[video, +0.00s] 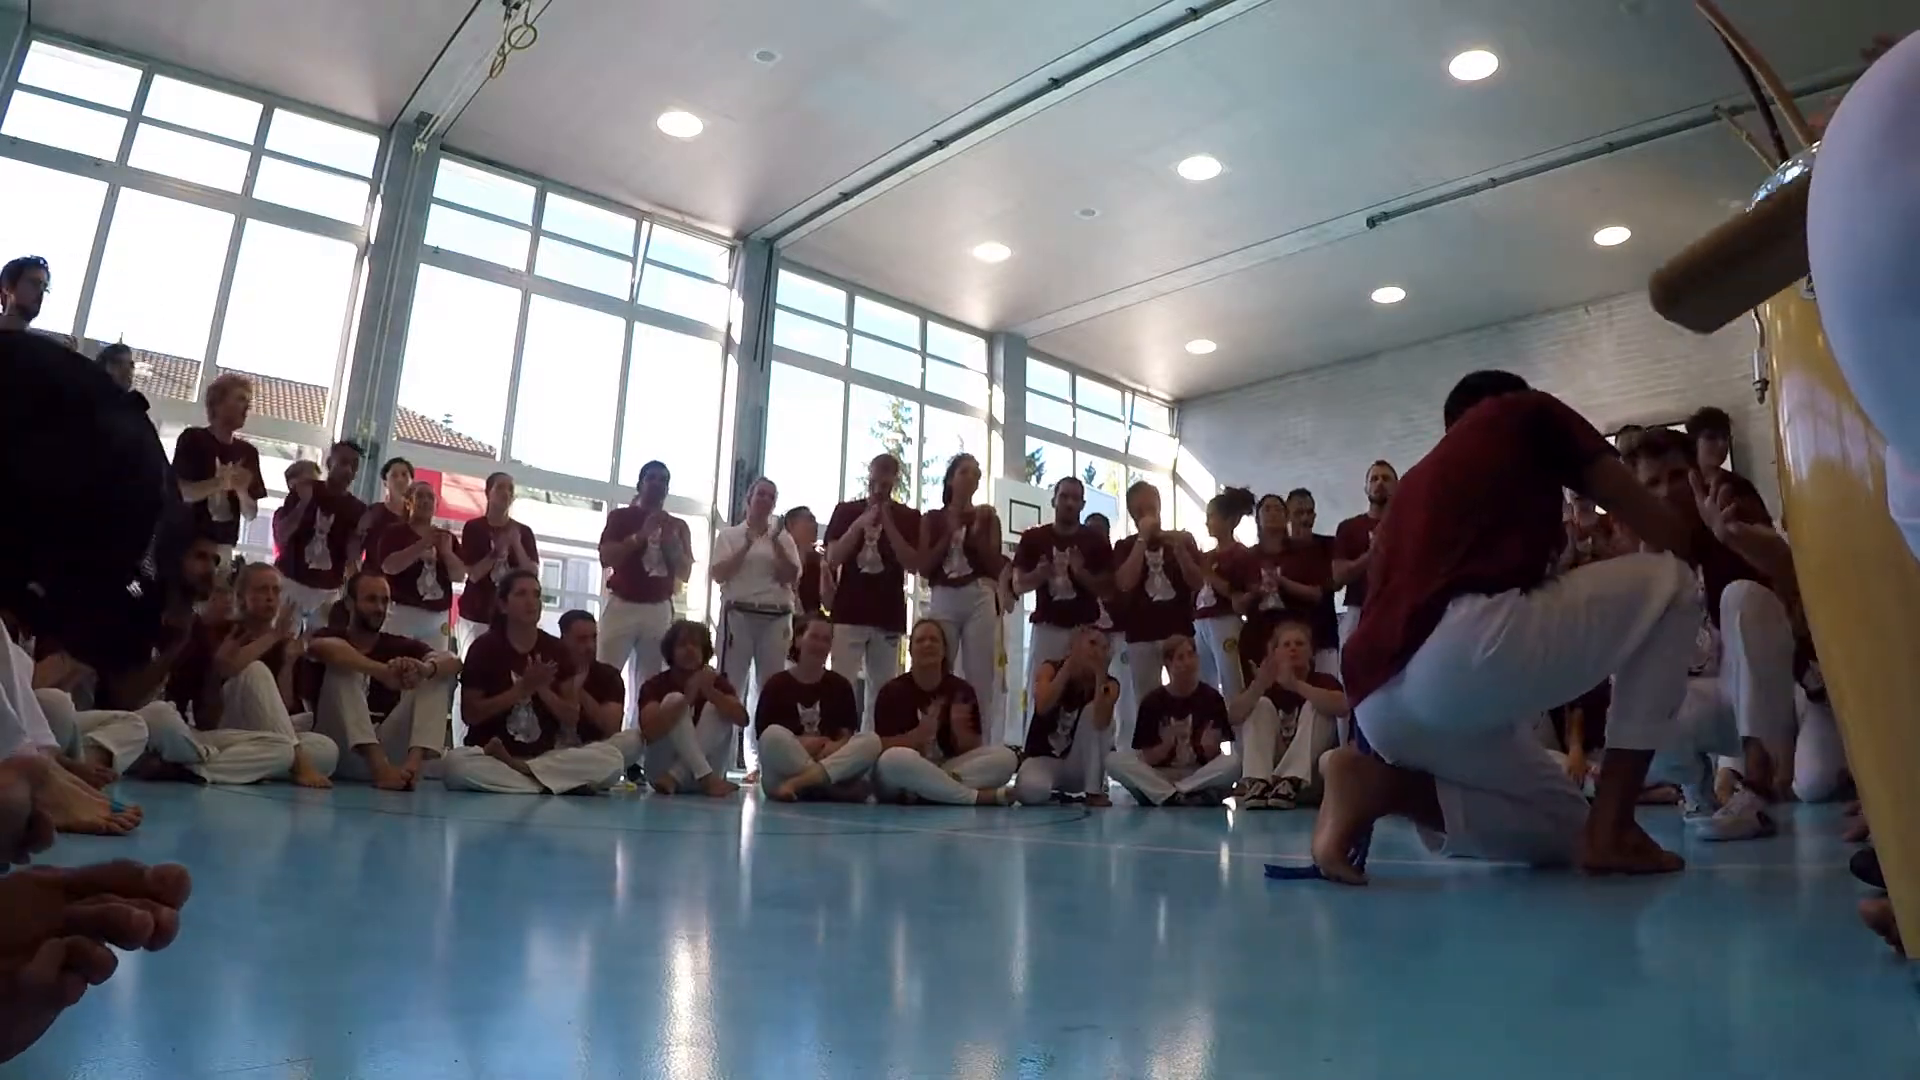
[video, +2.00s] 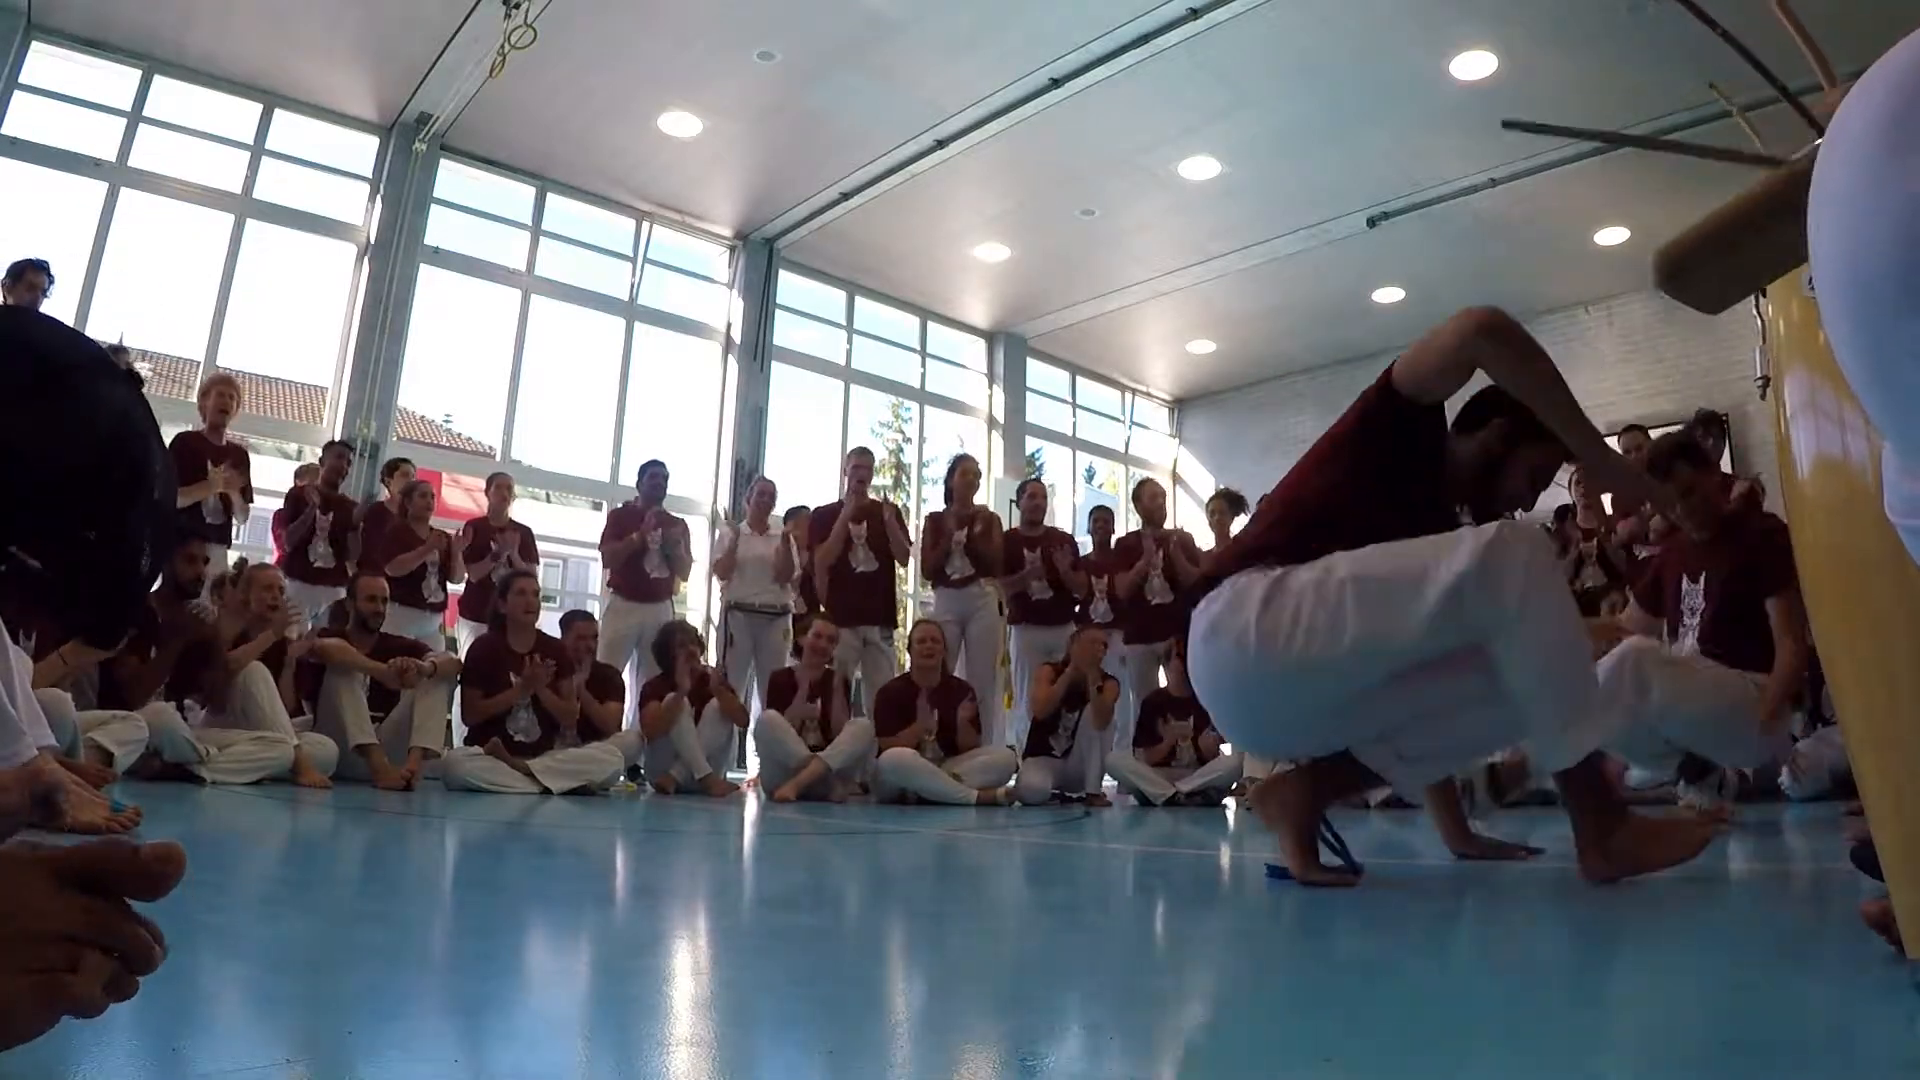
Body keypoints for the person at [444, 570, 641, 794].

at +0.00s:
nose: (531, 601)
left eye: (536, 595)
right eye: (521, 595)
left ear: (542, 602)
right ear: (503, 604)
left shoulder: (558, 648)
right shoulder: (483, 647)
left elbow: (572, 717)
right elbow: (470, 714)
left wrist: (541, 689)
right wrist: (522, 689)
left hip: (546, 756)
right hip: (491, 756)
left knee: (612, 759)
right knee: (455, 765)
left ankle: (523, 766)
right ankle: (549, 786)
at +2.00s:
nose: (531, 601)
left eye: (536, 595)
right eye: (521, 594)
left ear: (542, 601)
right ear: (502, 604)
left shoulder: (556, 649)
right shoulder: (483, 647)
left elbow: (570, 716)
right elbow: (470, 715)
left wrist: (539, 689)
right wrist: (521, 690)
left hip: (546, 756)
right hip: (489, 755)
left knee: (612, 759)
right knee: (455, 766)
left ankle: (524, 766)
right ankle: (549, 786)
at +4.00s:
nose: (529, 604)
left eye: (534, 597)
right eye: (520, 597)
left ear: (540, 603)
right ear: (501, 605)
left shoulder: (556, 648)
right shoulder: (481, 649)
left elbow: (569, 717)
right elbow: (469, 717)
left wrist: (537, 689)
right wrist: (521, 691)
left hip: (545, 755)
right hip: (488, 754)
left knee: (612, 758)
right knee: (454, 766)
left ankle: (522, 766)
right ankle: (547, 786)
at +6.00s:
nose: (528, 604)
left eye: (533, 597)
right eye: (519, 597)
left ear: (539, 603)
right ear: (500, 605)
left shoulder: (555, 649)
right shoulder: (481, 649)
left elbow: (570, 718)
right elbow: (469, 716)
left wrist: (537, 690)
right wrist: (521, 689)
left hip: (546, 757)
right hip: (488, 755)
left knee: (613, 758)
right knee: (453, 765)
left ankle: (523, 766)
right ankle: (550, 786)